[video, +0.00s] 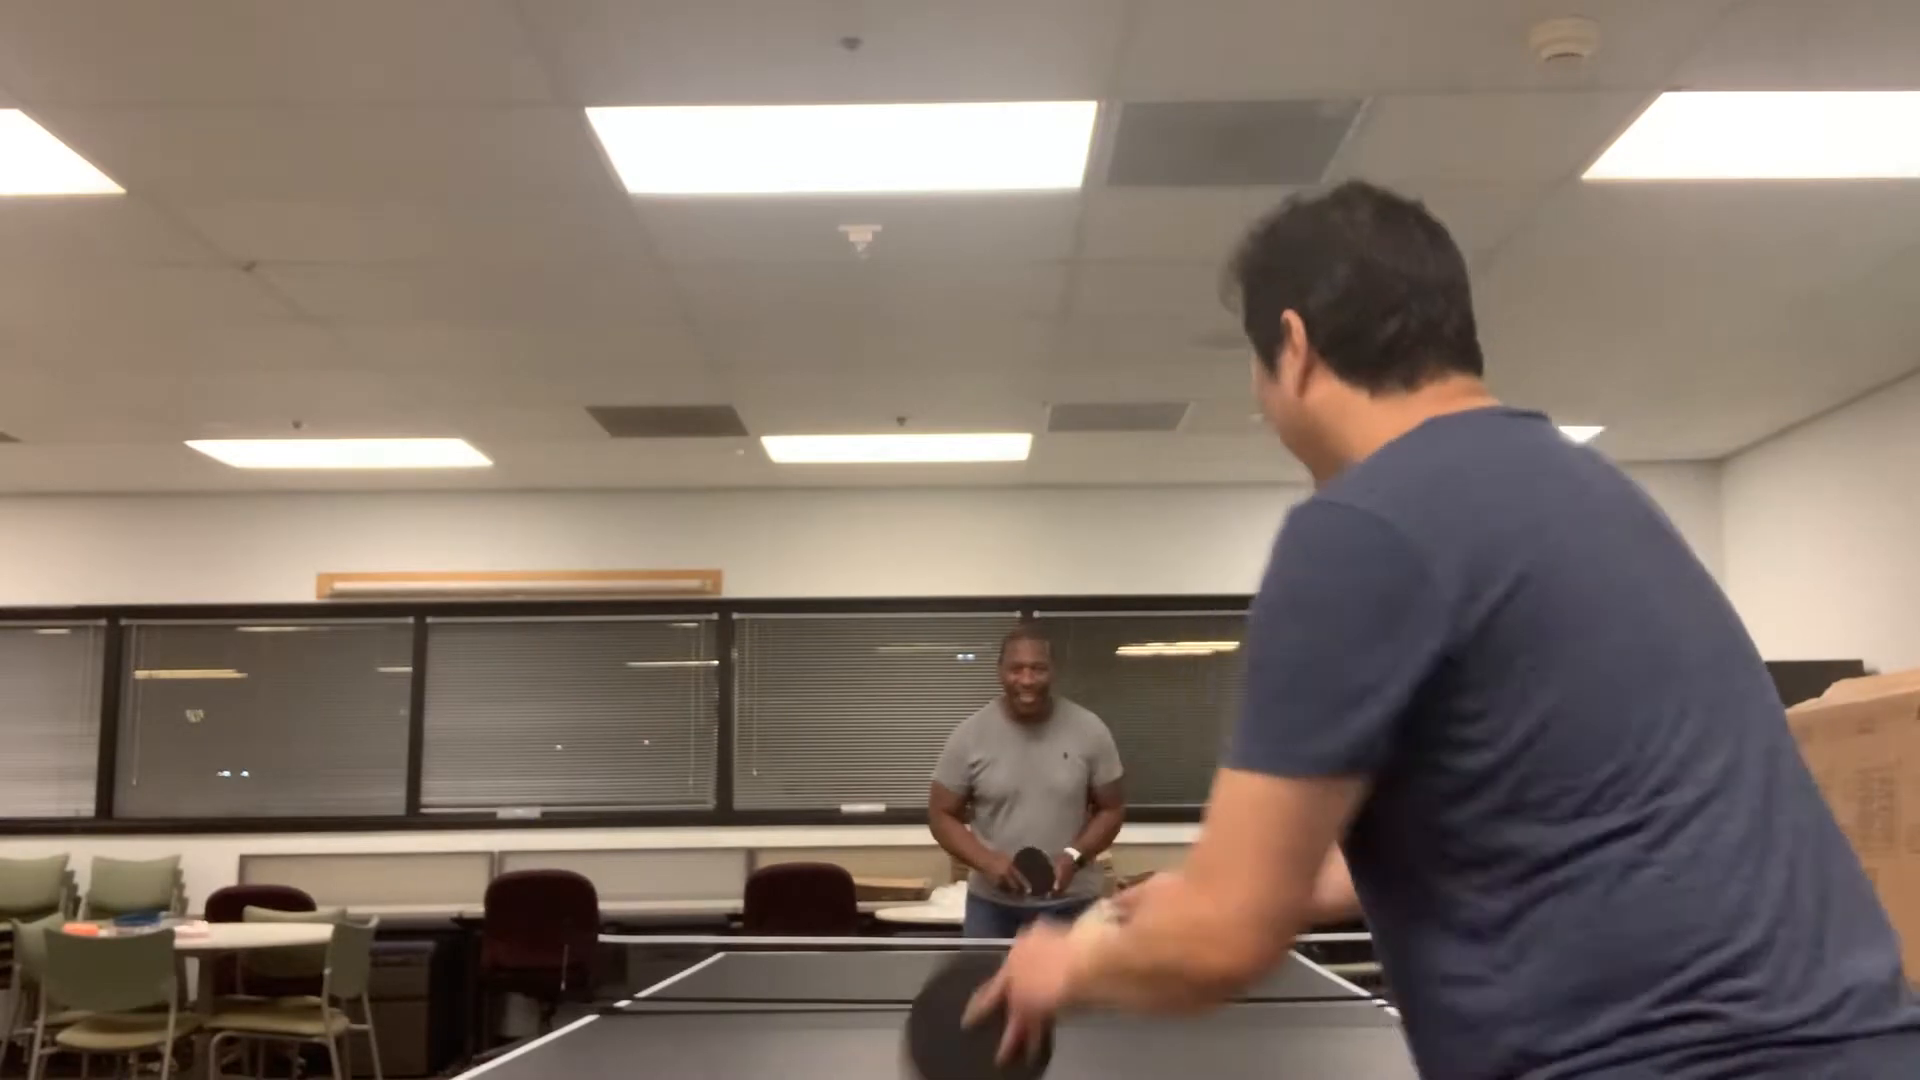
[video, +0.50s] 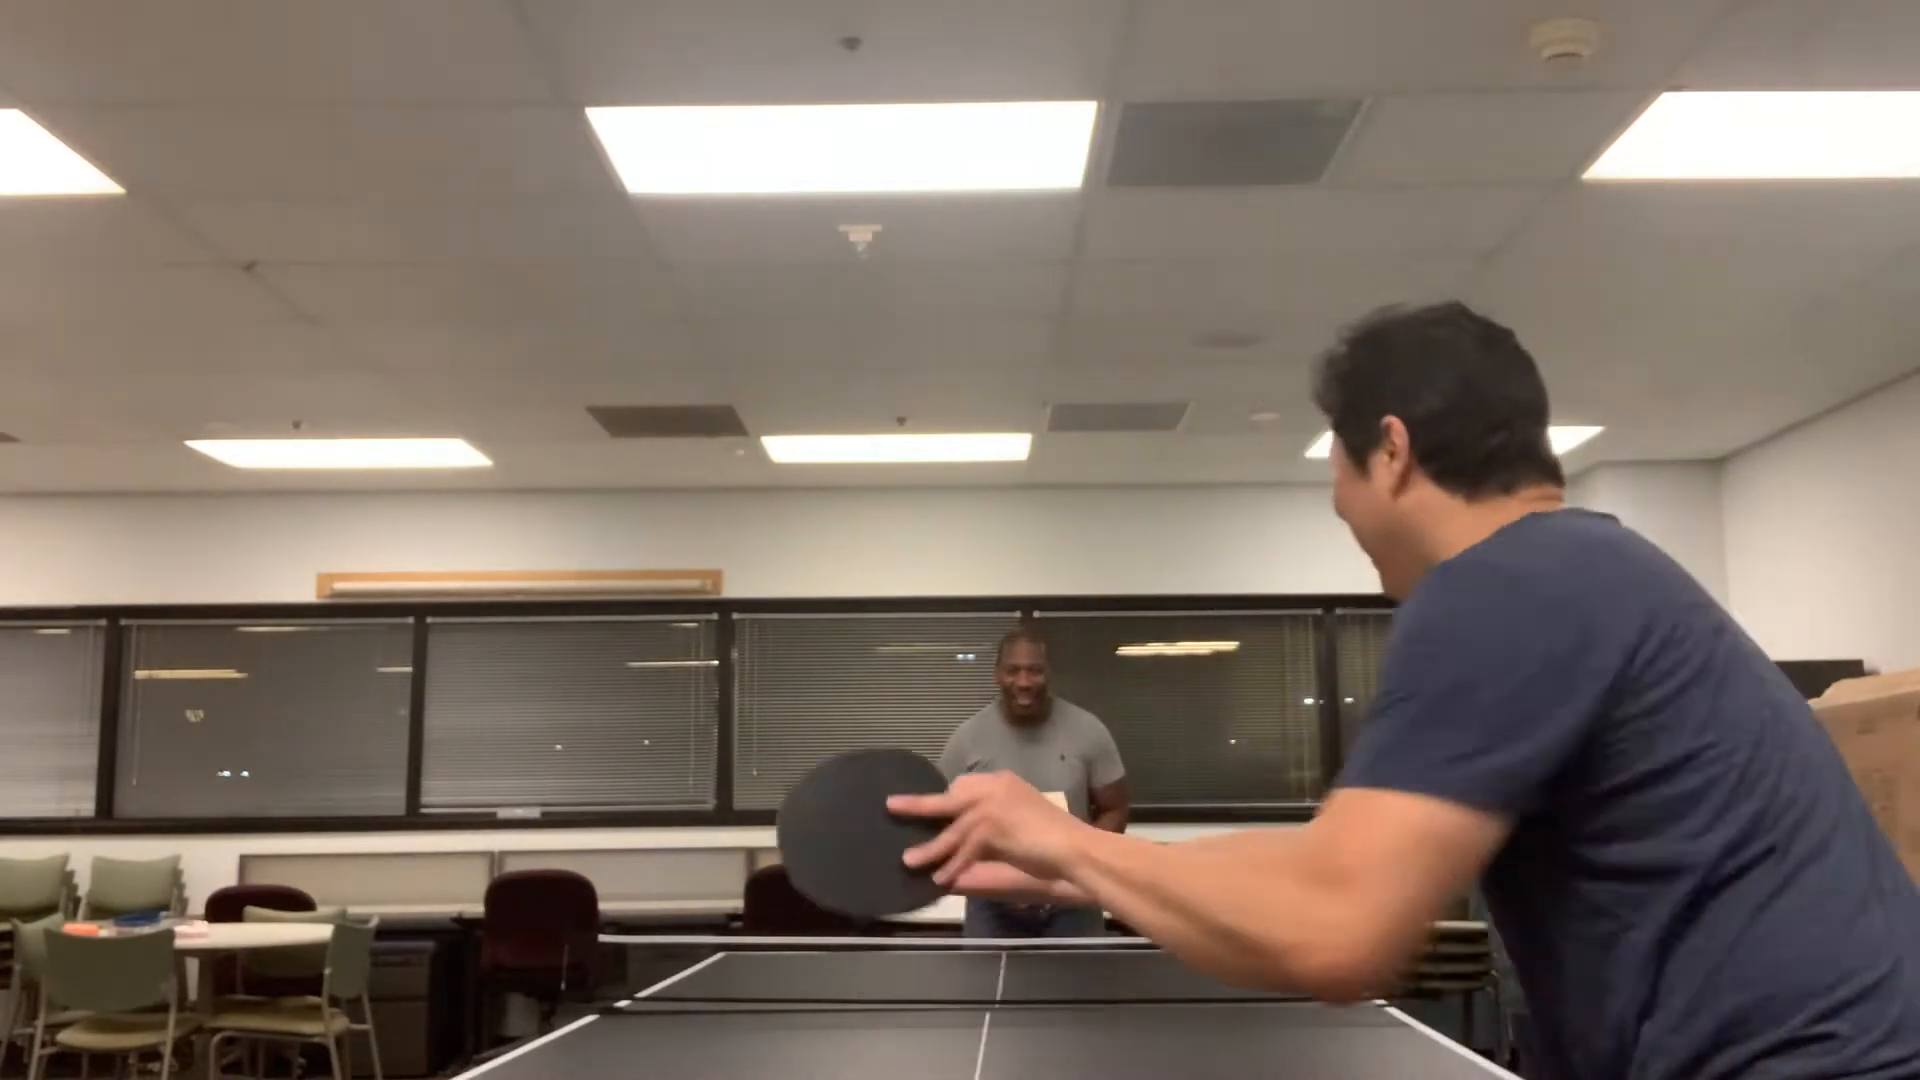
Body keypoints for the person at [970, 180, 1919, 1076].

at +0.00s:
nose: (1262, 400)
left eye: (1257, 358)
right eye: (1256, 364)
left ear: (1297, 346)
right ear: (1447, 327)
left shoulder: (1370, 526)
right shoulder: (1579, 481)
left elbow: (1227, 933)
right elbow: (1487, 843)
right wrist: (1232, 893)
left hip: (1640, 1057)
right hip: (1855, 1030)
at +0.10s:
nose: (1260, 446)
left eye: (1254, 403)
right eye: (1255, 407)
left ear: (1303, 390)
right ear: (1443, 368)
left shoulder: (1424, 544)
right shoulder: (1543, 510)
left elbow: (1386, 960)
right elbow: (1393, 863)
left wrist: (1131, 1074)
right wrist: (1150, 944)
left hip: (1708, 1054)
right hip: (1844, 1031)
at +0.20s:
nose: (1269, 477)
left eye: (1264, 440)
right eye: (1262, 445)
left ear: (1314, 420)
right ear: (1441, 400)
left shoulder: (1463, 554)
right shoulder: (1516, 542)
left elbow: (1565, 929)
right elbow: (1343, 886)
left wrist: (1279, 1063)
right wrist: (1082, 965)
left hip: (1778, 1048)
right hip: (1824, 1030)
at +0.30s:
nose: (1281, 498)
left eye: (1277, 458)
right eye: (1273, 464)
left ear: (1332, 441)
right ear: (1457, 422)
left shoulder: (1505, 559)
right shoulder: (1466, 618)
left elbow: (1634, 890)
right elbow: (1311, 886)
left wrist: (1262, 996)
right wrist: (1037, 959)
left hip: (1806, 1054)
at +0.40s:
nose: (1307, 507)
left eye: (1304, 469)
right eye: (1300, 474)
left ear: (1362, 449)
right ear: (1480, 436)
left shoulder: (1526, 571)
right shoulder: (1503, 612)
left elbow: (1537, 908)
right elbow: (1310, 871)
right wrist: (1084, 890)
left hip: (1811, 1061)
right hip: (1709, 1059)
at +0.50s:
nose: (1341, 507)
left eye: (1339, 469)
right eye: (1336, 475)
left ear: (1395, 449)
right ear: (1516, 440)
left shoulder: (1518, 586)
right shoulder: (1597, 569)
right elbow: (1355, 880)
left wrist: (1081, 856)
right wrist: (1091, 858)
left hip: (1775, 1055)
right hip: (1828, 1039)